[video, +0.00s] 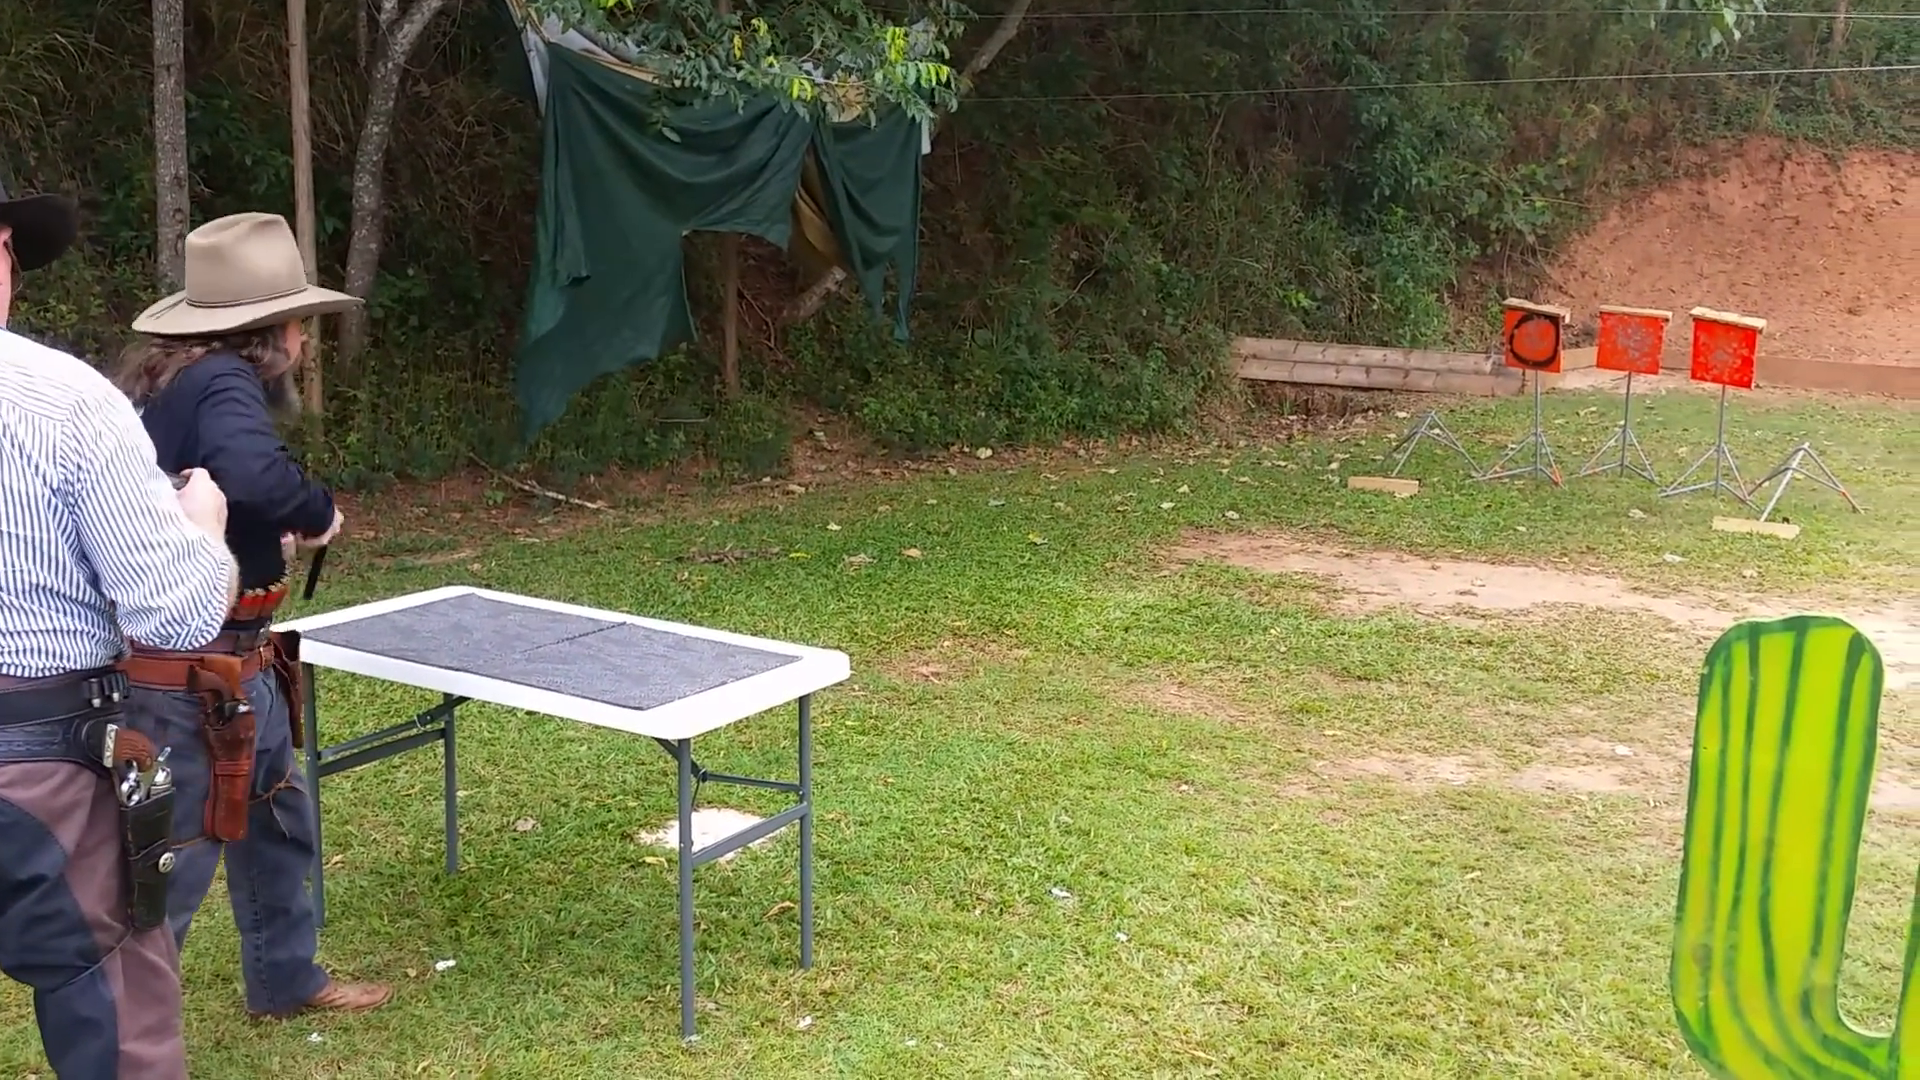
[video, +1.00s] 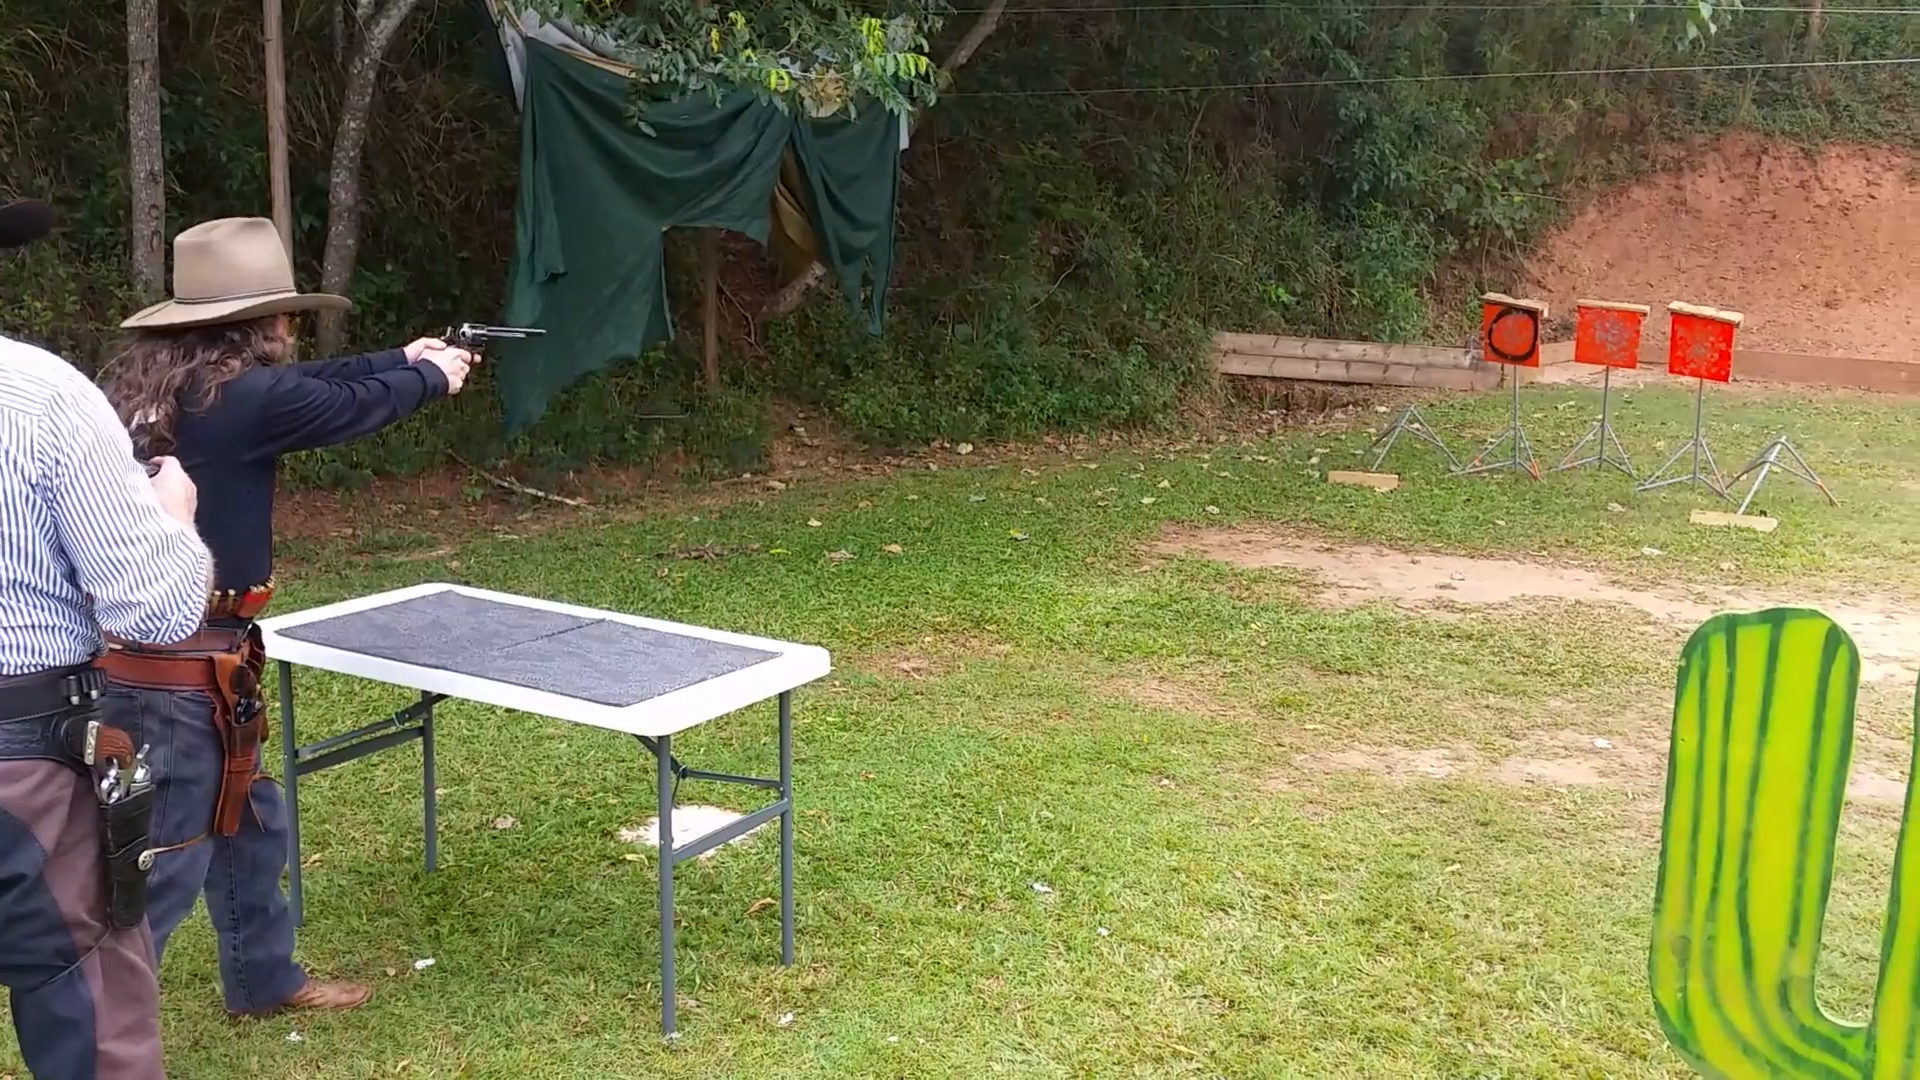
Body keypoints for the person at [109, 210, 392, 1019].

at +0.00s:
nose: (303, 340)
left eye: (302, 324)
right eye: (296, 325)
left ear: (217, 325)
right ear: (262, 330)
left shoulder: (167, 379)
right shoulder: (221, 382)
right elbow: (250, 472)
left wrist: (271, 524)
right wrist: (318, 510)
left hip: (233, 651)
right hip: (197, 657)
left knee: (276, 817)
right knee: (175, 852)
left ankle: (285, 982)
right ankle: (127, 1011)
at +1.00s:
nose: (290, 328)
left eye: (285, 316)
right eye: (281, 315)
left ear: (200, 320)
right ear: (255, 321)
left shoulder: (159, 384)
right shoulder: (242, 398)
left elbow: (306, 383)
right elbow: (352, 407)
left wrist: (401, 359)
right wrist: (432, 378)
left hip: (137, 652)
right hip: (184, 667)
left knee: (254, 817)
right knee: (166, 862)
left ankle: (264, 982)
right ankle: (93, 1016)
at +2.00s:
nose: (280, 336)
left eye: (276, 322)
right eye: (271, 322)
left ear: (194, 324)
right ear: (236, 326)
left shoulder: (143, 383)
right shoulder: (225, 397)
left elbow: (300, 388)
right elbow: (334, 414)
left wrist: (400, 361)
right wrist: (427, 384)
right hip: (169, 658)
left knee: (239, 815)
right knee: (154, 860)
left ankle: (248, 983)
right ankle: (78, 1011)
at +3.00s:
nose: (278, 342)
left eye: (275, 327)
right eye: (269, 327)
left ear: (194, 328)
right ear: (233, 330)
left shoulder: (145, 385)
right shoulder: (217, 400)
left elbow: (302, 390)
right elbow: (334, 413)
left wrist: (401, 360)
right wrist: (423, 384)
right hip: (152, 670)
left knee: (230, 822)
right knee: (141, 871)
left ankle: (242, 986)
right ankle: (65, 1028)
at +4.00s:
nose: (236, 404)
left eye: (244, 392)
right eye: (238, 387)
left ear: (186, 351)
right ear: (207, 365)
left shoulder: (144, 393)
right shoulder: (120, 392)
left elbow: (157, 529)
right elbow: (188, 484)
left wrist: (225, 552)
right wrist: (258, 533)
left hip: (190, 659)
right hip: (114, 670)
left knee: (231, 821)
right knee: (126, 869)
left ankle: (238, 987)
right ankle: (78, 1022)